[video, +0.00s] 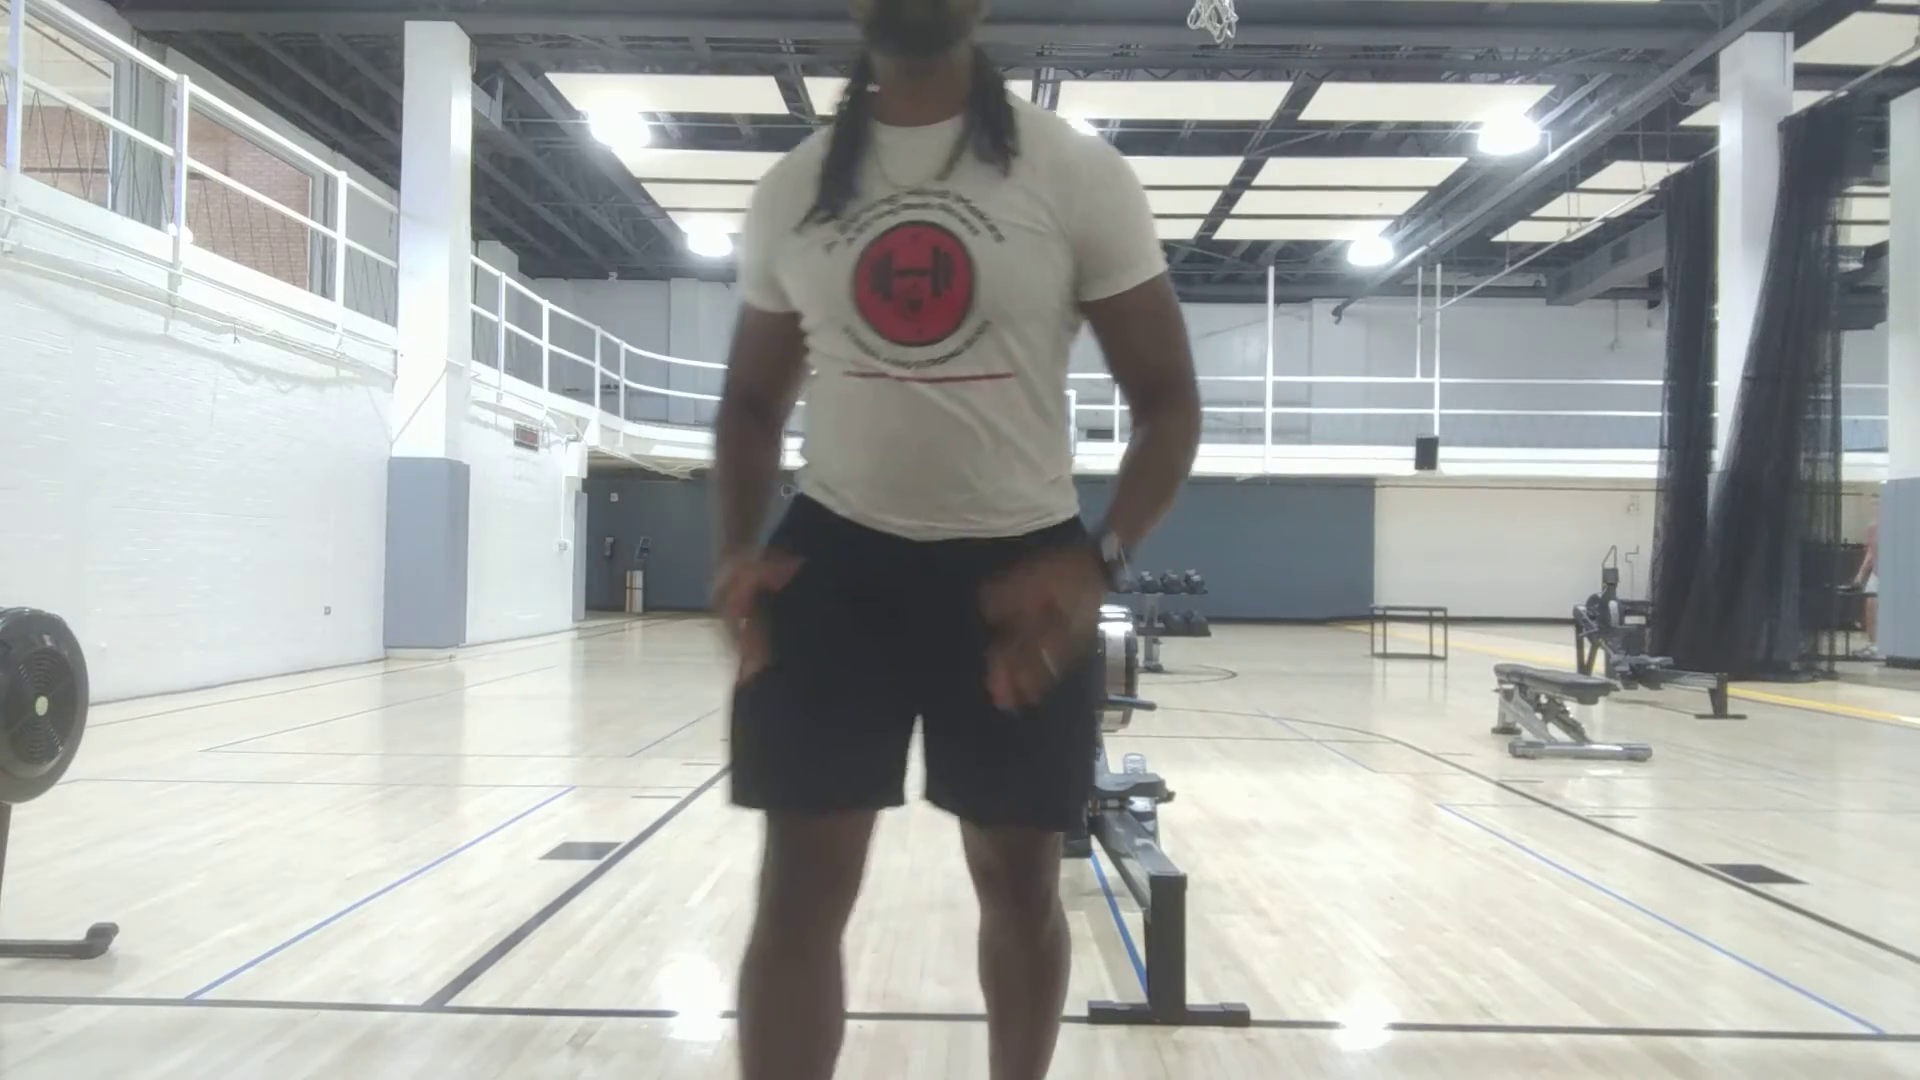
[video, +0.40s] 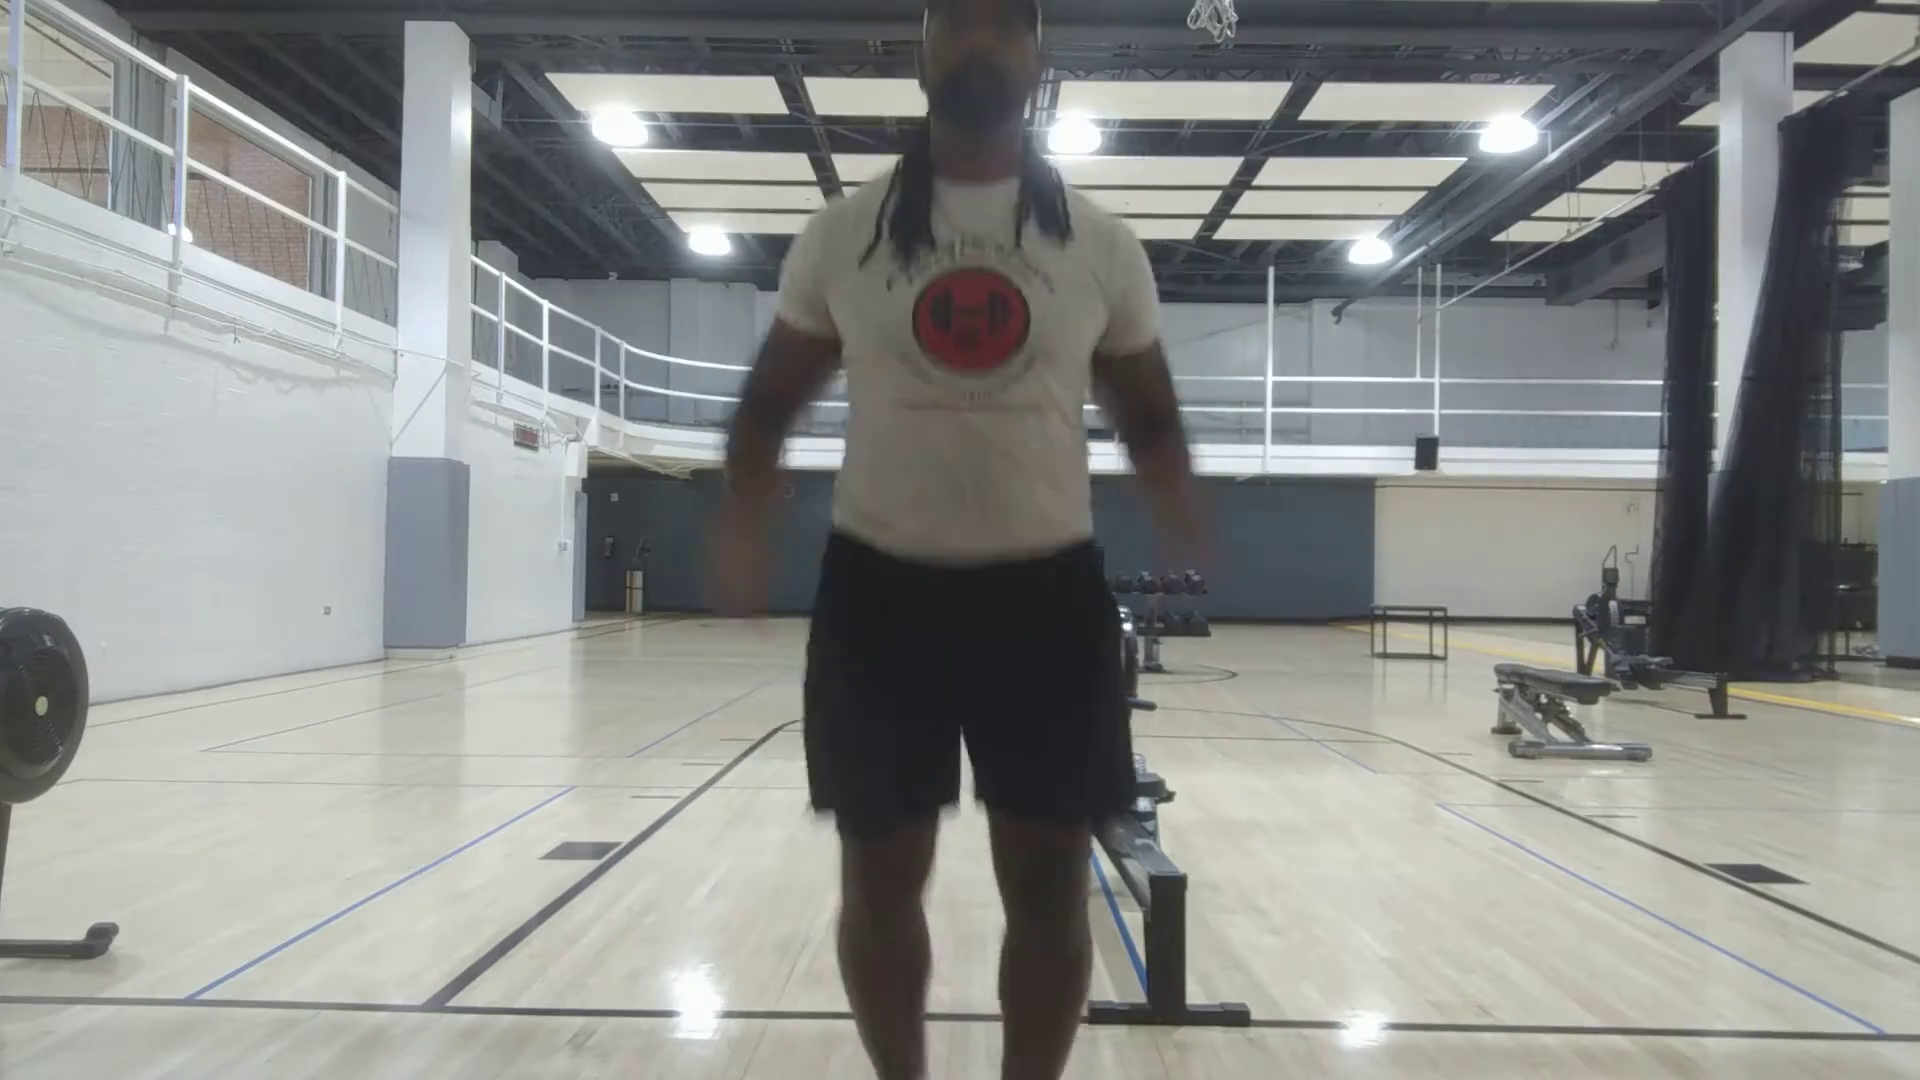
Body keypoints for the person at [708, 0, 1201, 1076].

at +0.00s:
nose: (910, 1)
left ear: (980, 8)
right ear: (853, 11)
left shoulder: (1078, 177)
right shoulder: (797, 186)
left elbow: (1169, 405)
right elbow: (752, 398)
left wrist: (1099, 557)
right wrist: (736, 550)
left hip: (1020, 569)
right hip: (837, 562)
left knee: (1019, 888)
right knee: (800, 894)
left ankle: (1018, 1075)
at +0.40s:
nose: (975, 47)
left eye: (1002, 28)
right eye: (953, 27)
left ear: (1041, 60)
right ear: (921, 54)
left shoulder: (1096, 239)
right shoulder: (850, 229)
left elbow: (1148, 410)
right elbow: (769, 400)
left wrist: (1179, 518)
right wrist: (743, 529)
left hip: (1045, 592)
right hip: (883, 589)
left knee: (1049, 884)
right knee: (881, 878)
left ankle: (1030, 1076)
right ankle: (899, 1072)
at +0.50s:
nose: (974, 14)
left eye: (999, 4)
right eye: (954, 1)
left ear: (1033, 24)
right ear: (916, 17)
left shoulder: (1098, 177)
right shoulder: (844, 163)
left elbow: (1189, 332)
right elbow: (739, 309)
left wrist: (1274, 328)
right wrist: (642, 358)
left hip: (1035, 529)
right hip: (875, 524)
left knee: (1040, 816)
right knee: (845, 805)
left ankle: (1046, 1066)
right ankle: (848, 1056)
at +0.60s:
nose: (949, 19)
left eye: (970, 10)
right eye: (935, 10)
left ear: (1014, 21)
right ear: (912, 24)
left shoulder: (1092, 125)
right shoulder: (841, 127)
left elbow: (1236, 241)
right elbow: (668, 236)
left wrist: (1311, 146)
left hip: (1029, 495)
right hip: (865, 488)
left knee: (1063, 802)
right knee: (800, 782)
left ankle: (1090, 1056)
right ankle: (750, 1046)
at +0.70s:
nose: (955, 25)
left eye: (978, 11)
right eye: (933, 9)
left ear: (1008, 38)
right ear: (898, 35)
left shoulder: (1083, 170)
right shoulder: (827, 170)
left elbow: (1268, 166)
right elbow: (644, 178)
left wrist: (1259, 48)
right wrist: (607, 40)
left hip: (1023, 552)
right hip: (857, 543)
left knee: (1084, 842)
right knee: (758, 818)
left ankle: (1129, 1066)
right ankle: (666, 1050)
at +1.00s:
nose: (939, 23)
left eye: (960, 10)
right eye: (917, 10)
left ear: (992, 32)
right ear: (878, 29)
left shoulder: (1062, 157)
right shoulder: (810, 144)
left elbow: (1218, 239)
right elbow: (637, 191)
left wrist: (1330, 132)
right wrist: (555, 83)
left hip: (1000, 506)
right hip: (841, 499)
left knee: (1037, 792)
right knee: (774, 773)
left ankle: (1062, 1038)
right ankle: (745, 1030)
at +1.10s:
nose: (922, 17)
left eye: (945, 6)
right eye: (907, 5)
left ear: (981, 19)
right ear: (878, 18)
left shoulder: (1052, 158)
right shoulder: (808, 144)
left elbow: (1133, 297)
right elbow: (701, 253)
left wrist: (1206, 302)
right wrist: (645, 248)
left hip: (995, 498)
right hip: (838, 492)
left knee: (997, 793)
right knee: (814, 783)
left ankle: (976, 1044)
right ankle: (832, 1037)